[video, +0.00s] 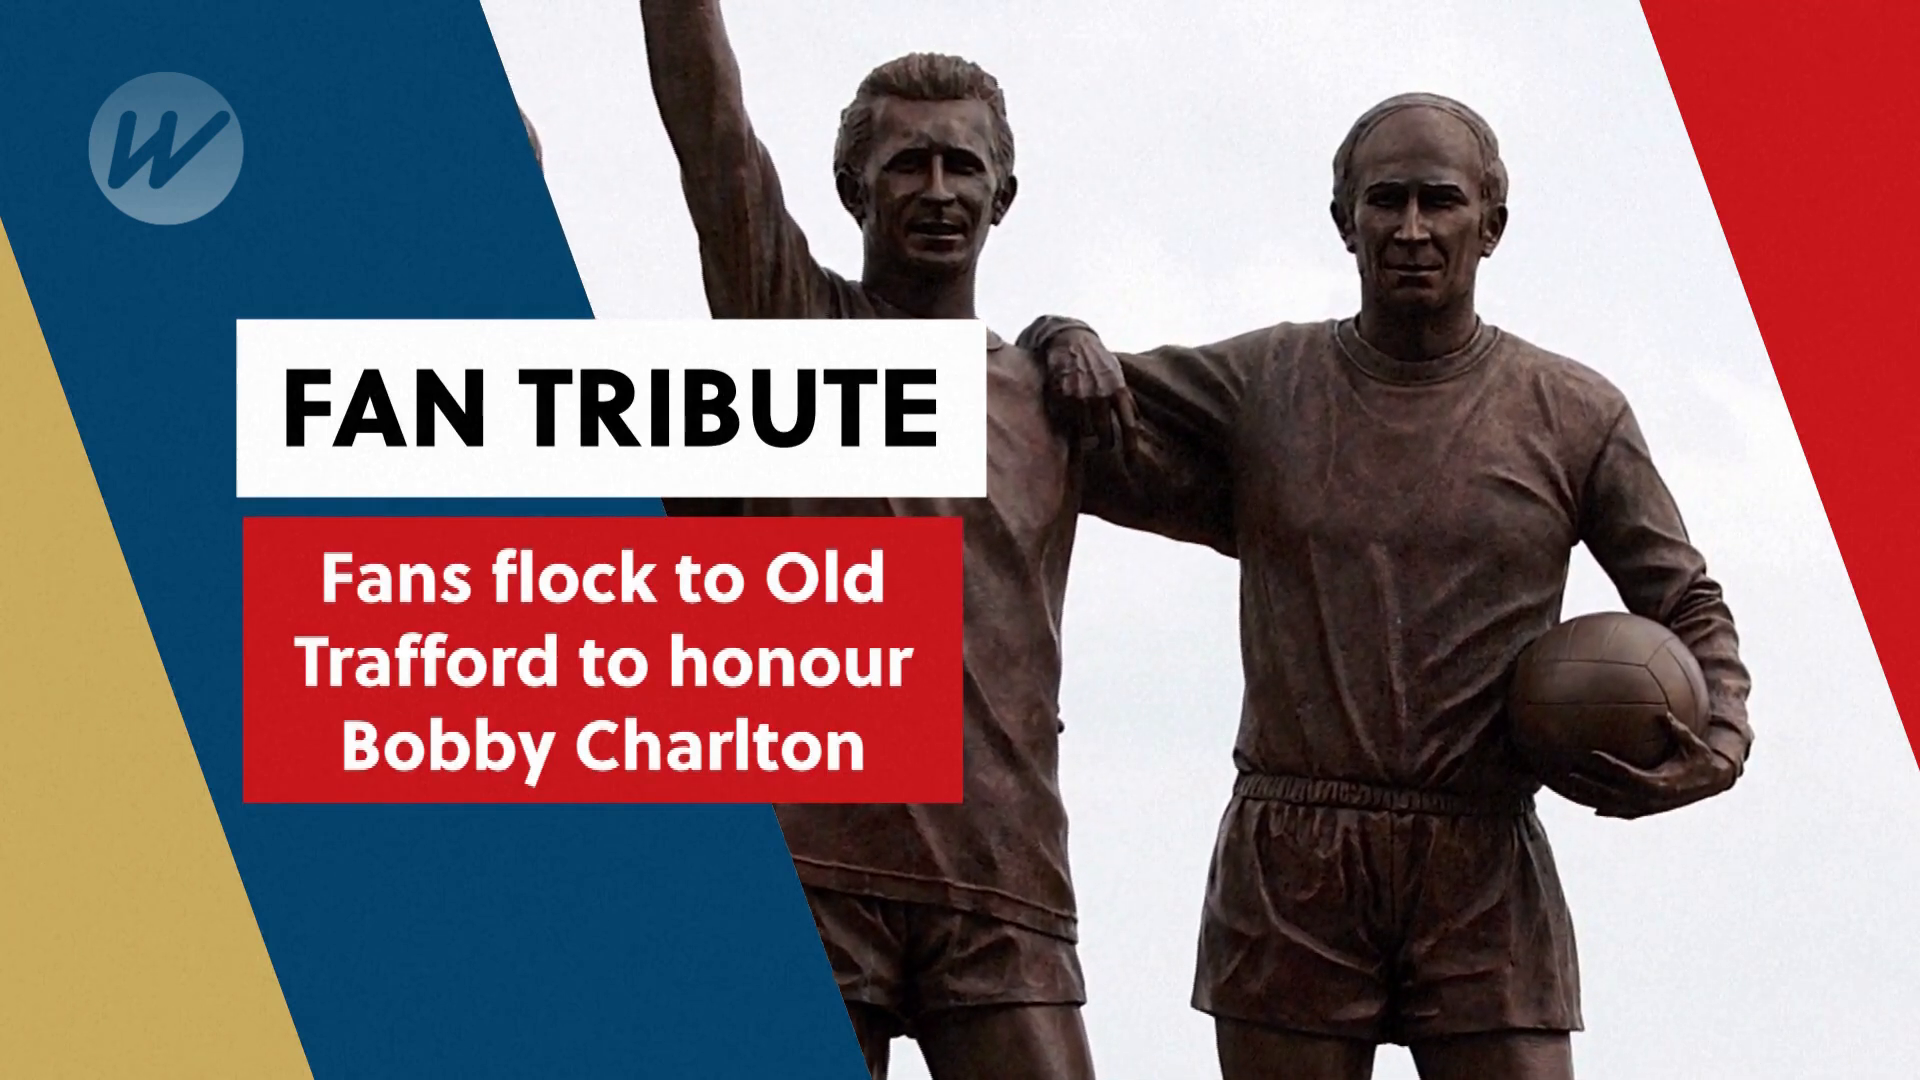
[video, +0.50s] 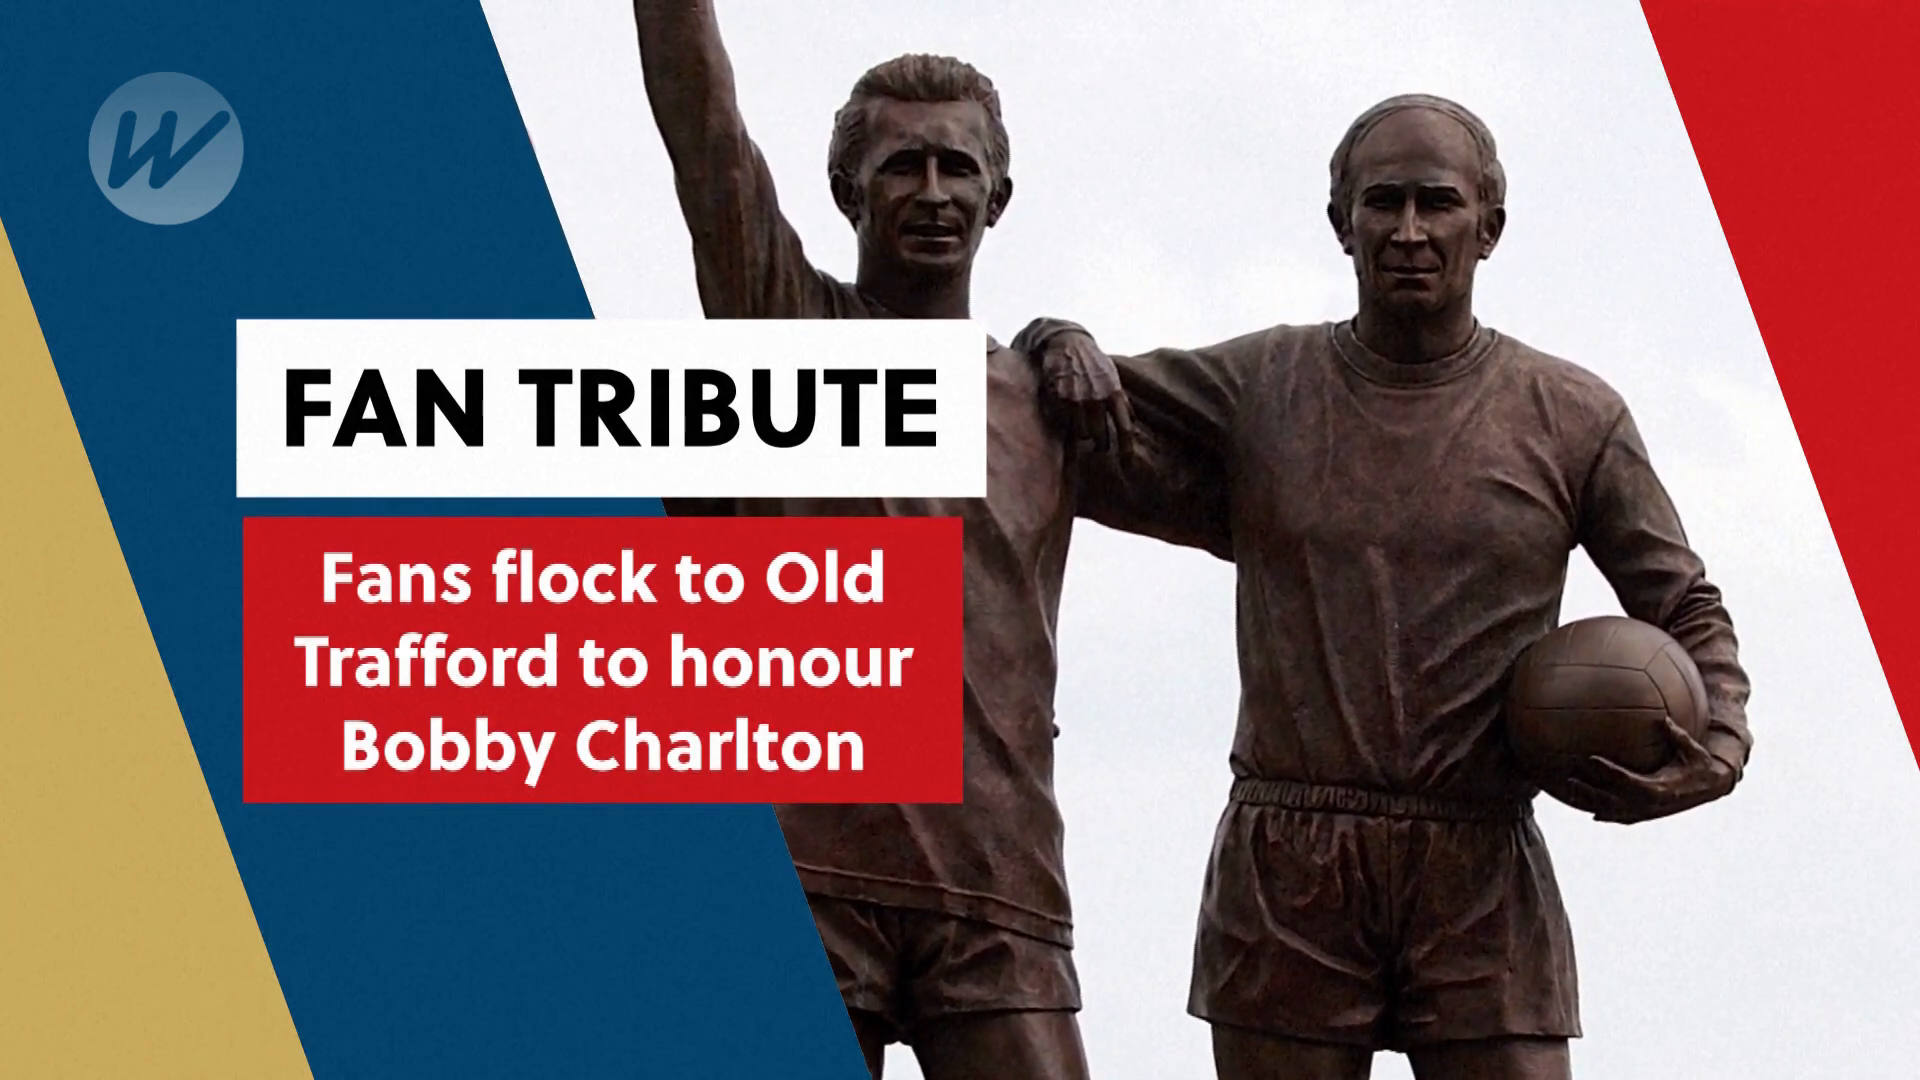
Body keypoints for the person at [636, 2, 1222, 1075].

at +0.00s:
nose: (938, 188)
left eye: (963, 164)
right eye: (906, 163)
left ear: (1002, 195)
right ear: (854, 191)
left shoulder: (1053, 398)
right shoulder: (788, 327)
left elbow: (1261, 501)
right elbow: (710, 135)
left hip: (1003, 882)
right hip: (809, 880)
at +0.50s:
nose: (933, 189)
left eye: (958, 166)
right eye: (902, 165)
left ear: (997, 197)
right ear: (849, 192)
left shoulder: (1049, 402)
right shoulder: (781, 330)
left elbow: (1255, 507)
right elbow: (701, 130)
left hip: (999, 890)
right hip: (805, 885)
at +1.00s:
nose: (930, 191)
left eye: (955, 168)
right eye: (899, 166)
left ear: (991, 198)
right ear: (842, 194)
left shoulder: (1044, 405)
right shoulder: (776, 332)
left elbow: (1244, 506)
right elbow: (696, 132)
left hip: (995, 900)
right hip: (803, 892)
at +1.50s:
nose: (922, 193)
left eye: (948, 170)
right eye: (891, 169)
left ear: (987, 202)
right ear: (837, 196)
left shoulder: (1041, 406)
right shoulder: (770, 336)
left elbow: (1245, 508)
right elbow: (689, 130)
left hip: (989, 897)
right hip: (796, 891)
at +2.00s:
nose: (918, 195)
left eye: (944, 171)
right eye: (886, 170)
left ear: (983, 202)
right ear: (829, 197)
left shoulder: (1032, 400)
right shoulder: (762, 334)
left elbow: (1244, 515)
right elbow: (681, 127)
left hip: (986, 909)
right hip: (790, 902)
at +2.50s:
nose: (918, 195)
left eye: (943, 171)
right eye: (886, 170)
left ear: (981, 202)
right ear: (830, 200)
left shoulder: (1035, 404)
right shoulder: (763, 337)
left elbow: (1241, 515)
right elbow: (683, 137)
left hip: (987, 909)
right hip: (793, 900)